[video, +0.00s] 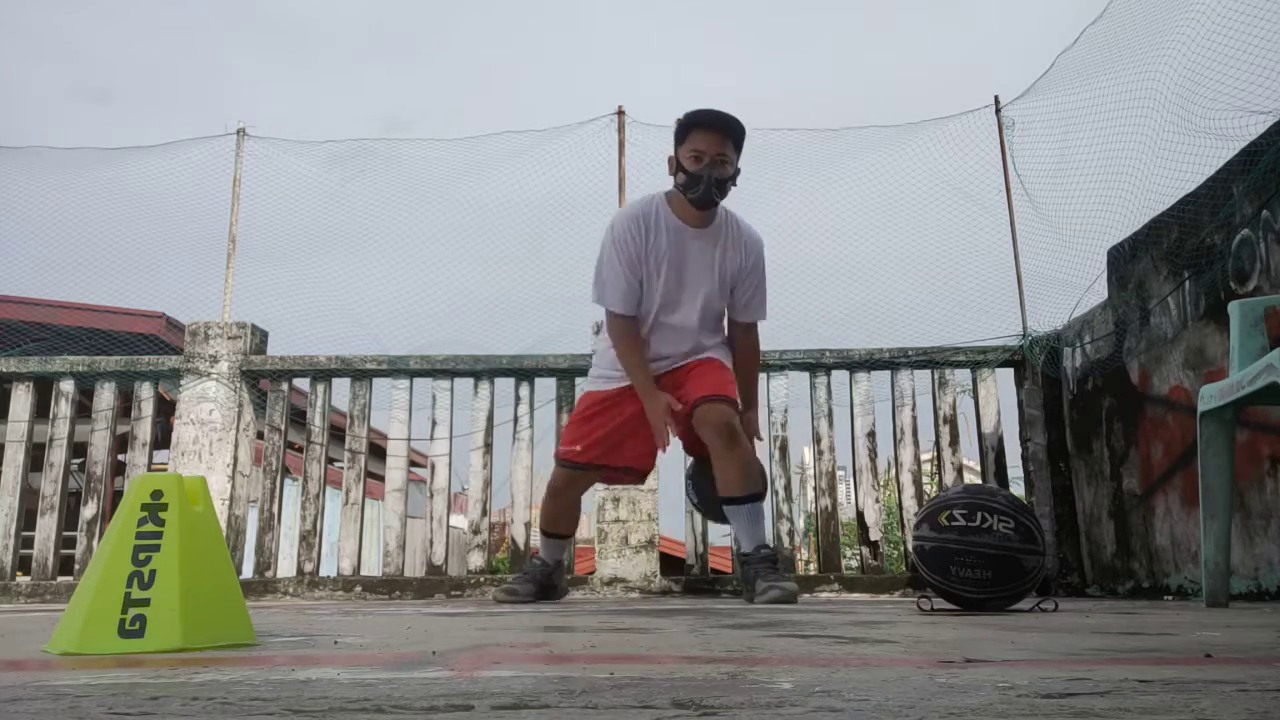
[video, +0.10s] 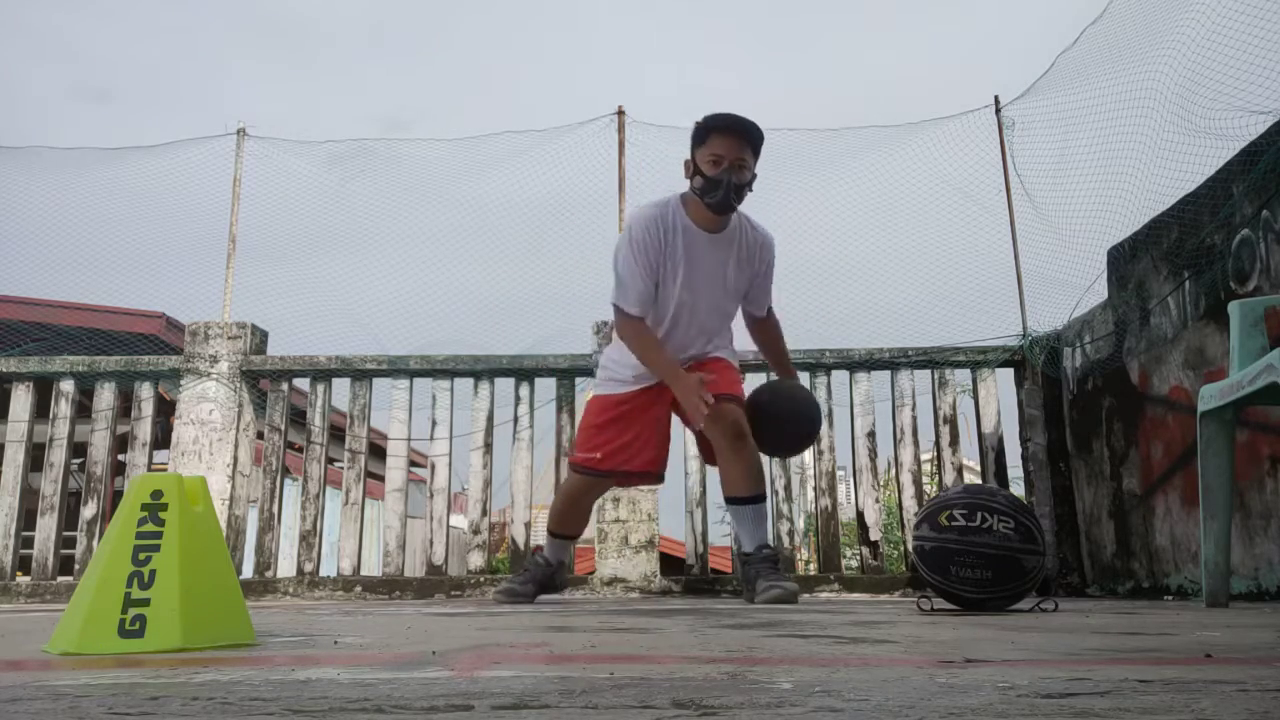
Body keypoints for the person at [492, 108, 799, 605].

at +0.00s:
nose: (707, 172)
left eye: (721, 163)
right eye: (696, 158)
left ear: (735, 172)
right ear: (674, 162)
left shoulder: (744, 244)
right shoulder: (632, 227)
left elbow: (745, 333)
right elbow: (620, 321)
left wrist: (750, 411)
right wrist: (648, 392)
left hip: (697, 360)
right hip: (624, 363)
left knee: (722, 421)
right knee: (567, 474)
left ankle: (758, 563)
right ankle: (548, 569)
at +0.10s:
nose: (726, 176)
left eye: (739, 167)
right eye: (716, 163)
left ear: (753, 175)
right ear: (692, 165)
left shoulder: (755, 244)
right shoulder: (649, 225)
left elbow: (760, 315)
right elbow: (628, 321)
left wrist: (790, 381)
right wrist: (680, 382)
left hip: (707, 361)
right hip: (634, 361)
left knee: (732, 423)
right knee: (585, 473)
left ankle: (759, 563)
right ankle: (550, 564)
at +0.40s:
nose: (698, 157)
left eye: (712, 146)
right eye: (687, 144)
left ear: (727, 153)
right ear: (666, 147)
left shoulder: (740, 218)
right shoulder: (631, 212)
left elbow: (737, 309)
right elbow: (640, 306)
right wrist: (668, 381)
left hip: (702, 359)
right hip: (629, 357)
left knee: (729, 430)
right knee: (578, 462)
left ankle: (761, 563)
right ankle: (552, 562)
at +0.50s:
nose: (674, 161)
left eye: (687, 150)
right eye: (662, 146)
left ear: (704, 157)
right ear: (642, 150)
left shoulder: (721, 224)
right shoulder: (608, 219)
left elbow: (716, 319)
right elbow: (590, 307)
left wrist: (679, 379)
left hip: (692, 359)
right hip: (618, 366)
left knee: (716, 427)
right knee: (571, 443)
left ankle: (758, 563)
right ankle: (550, 566)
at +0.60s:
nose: (650, 167)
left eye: (665, 156)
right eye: (640, 154)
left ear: (683, 163)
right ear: (623, 155)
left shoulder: (707, 230)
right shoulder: (592, 223)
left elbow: (726, 317)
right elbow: (557, 295)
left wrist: (700, 363)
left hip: (684, 360)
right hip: (610, 366)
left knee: (703, 429)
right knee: (553, 450)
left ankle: (756, 561)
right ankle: (549, 568)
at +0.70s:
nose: (644, 169)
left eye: (659, 158)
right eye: (634, 155)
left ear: (678, 165)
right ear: (617, 158)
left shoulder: (703, 229)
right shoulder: (586, 222)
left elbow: (735, 313)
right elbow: (554, 291)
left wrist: (730, 369)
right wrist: (512, 312)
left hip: (681, 361)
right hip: (604, 368)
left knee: (695, 427)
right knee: (548, 446)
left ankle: (754, 560)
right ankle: (548, 567)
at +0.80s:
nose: (660, 162)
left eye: (674, 152)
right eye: (649, 149)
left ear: (692, 159)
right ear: (632, 151)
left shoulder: (713, 227)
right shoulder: (594, 219)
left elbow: (734, 313)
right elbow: (573, 305)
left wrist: (745, 386)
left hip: (681, 359)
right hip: (605, 364)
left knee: (698, 426)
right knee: (548, 448)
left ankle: (755, 561)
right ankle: (548, 567)